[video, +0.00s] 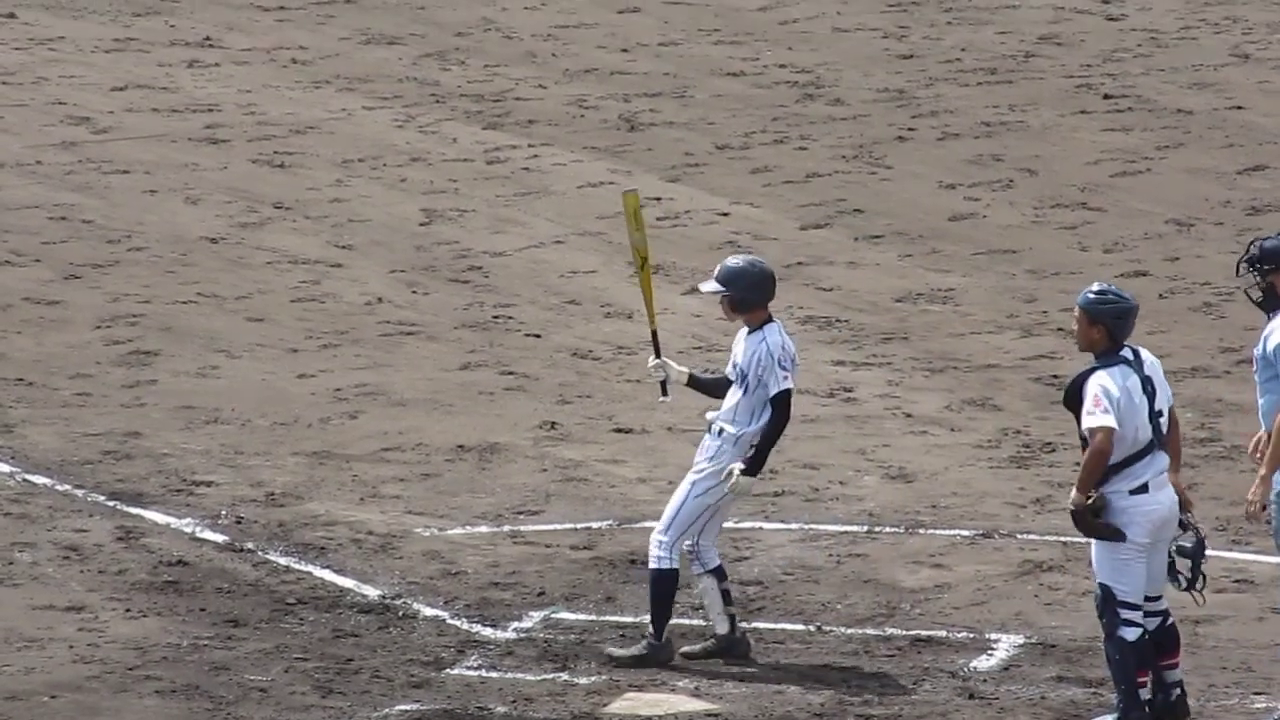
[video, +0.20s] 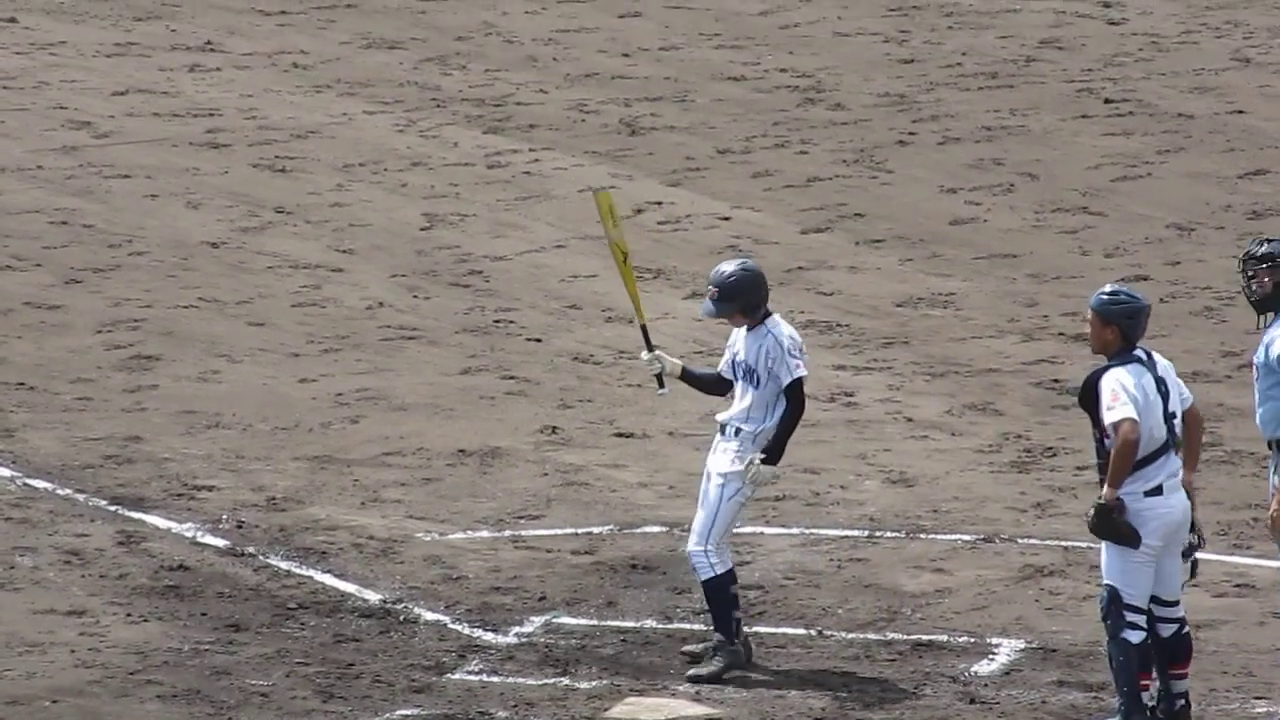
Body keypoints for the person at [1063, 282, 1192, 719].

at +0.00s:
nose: (1073, 325)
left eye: (1079, 319)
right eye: (1076, 318)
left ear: (1099, 330)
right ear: (1113, 327)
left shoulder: (1098, 383)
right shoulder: (1147, 360)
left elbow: (1101, 444)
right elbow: (1171, 425)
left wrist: (1079, 494)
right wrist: (1172, 474)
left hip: (1126, 507)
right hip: (1163, 496)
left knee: (1119, 613)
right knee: (1153, 604)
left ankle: (1131, 707)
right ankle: (1171, 696)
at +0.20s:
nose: (1087, 328)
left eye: (1092, 322)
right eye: (1089, 321)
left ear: (1113, 331)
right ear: (1126, 328)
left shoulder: (1113, 379)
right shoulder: (1158, 362)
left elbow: (1128, 435)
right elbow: (1192, 417)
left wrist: (1109, 492)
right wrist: (1188, 472)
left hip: (1139, 510)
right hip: (1176, 502)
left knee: (1124, 614)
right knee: (1167, 609)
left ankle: (1131, 708)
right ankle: (1176, 702)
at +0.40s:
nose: (1096, 331)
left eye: (1102, 325)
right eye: (1098, 323)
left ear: (1122, 332)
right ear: (1133, 330)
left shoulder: (1128, 373)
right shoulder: (1163, 367)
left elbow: (1150, 427)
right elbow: (1199, 429)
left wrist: (1135, 490)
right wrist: (1174, 474)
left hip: (1155, 508)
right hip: (1186, 504)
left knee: (1133, 613)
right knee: (1175, 613)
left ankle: (1136, 708)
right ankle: (1178, 704)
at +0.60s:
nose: (1106, 332)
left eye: (1111, 325)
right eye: (1108, 324)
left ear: (1132, 332)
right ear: (1141, 331)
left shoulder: (1142, 374)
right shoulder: (1165, 370)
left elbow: (1163, 438)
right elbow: (1187, 444)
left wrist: (1139, 498)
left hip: (1163, 507)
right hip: (1187, 504)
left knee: (1140, 613)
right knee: (1177, 612)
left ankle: (1166, 707)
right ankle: (1178, 700)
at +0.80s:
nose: (1118, 333)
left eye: (1123, 326)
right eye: (1119, 325)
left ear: (1143, 332)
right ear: (1152, 331)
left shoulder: (1157, 385)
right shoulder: (1169, 376)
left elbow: (1165, 455)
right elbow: (1174, 453)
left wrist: (1135, 513)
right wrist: (1138, 504)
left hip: (1167, 511)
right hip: (1180, 507)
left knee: (1147, 613)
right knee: (1175, 611)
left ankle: (1176, 708)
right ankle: (1175, 701)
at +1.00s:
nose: (1125, 337)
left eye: (1130, 329)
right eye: (1126, 328)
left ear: (1149, 335)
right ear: (1160, 333)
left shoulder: (1160, 392)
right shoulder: (1178, 372)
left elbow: (1156, 465)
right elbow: (1144, 405)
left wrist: (1130, 527)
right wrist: (1108, 420)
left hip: (1166, 515)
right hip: (1180, 507)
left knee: (1160, 617)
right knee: (1167, 612)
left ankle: (1176, 708)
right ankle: (1174, 702)